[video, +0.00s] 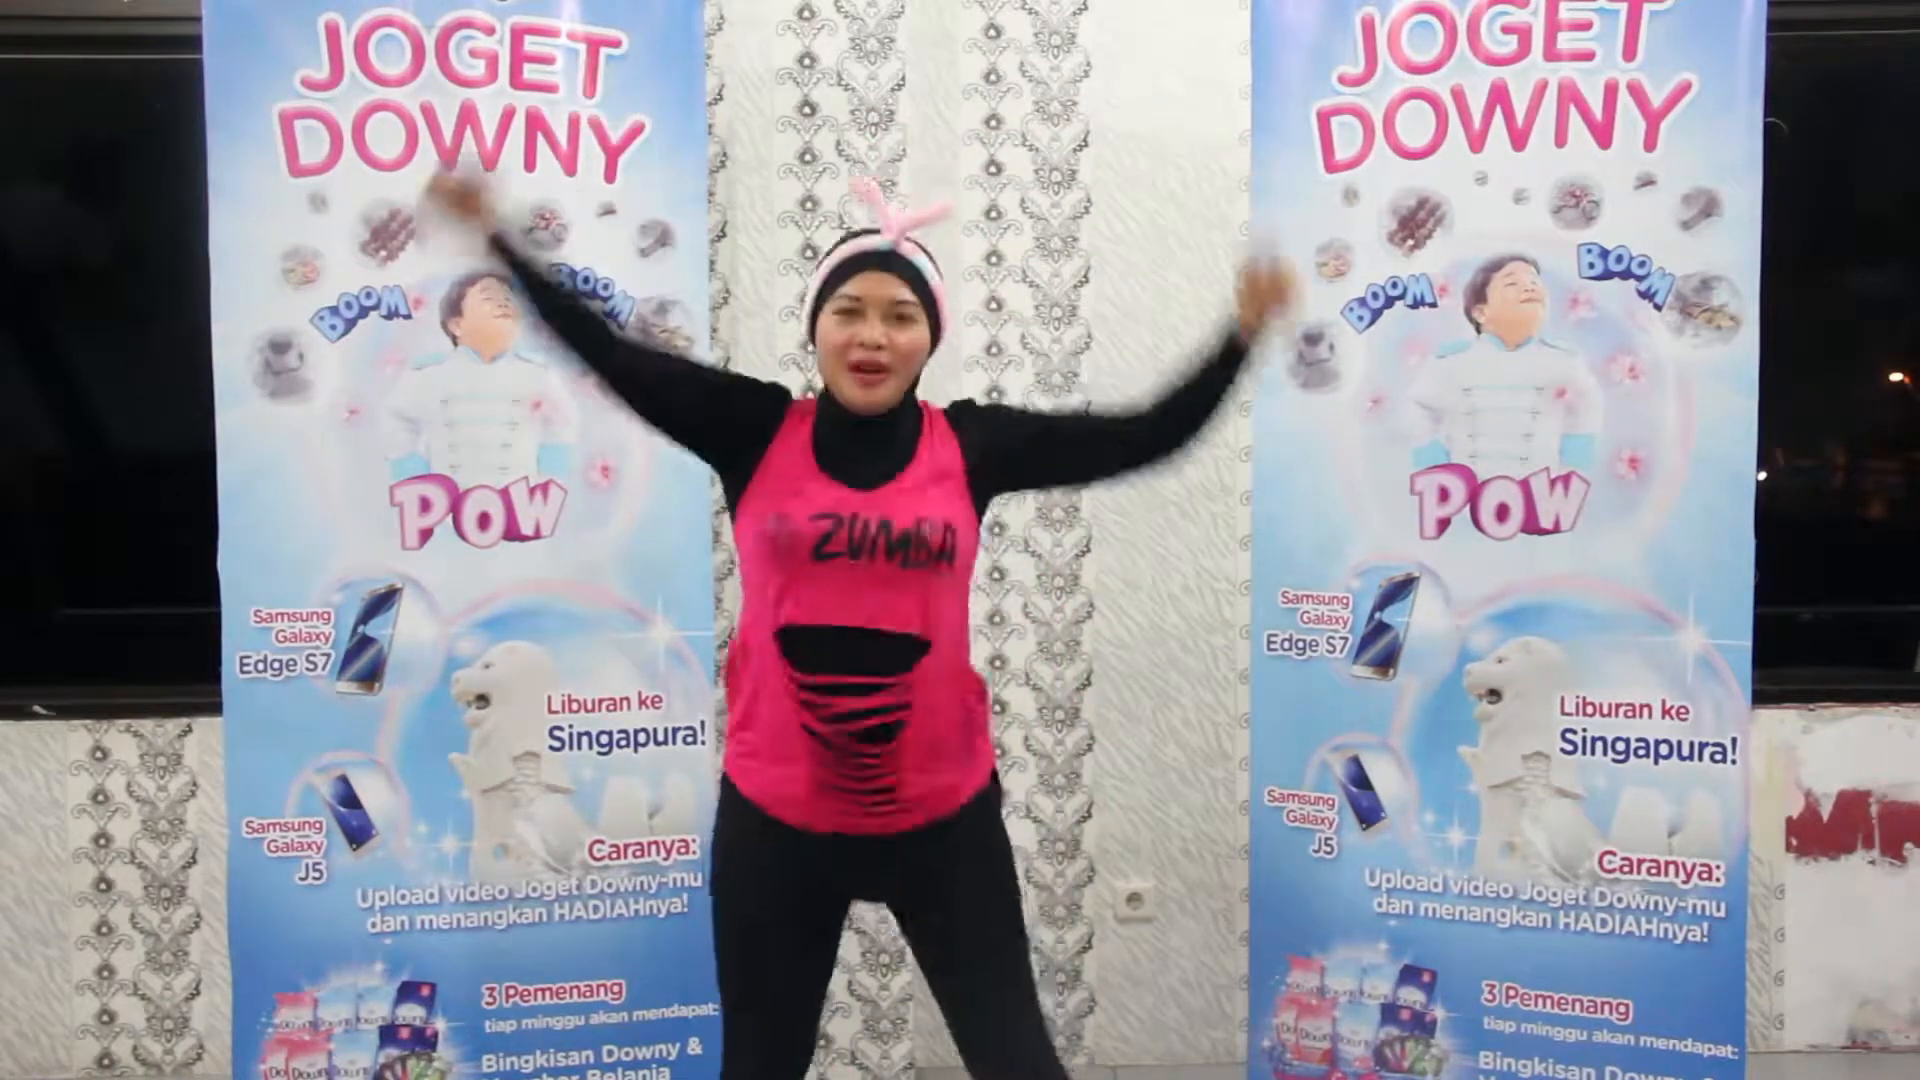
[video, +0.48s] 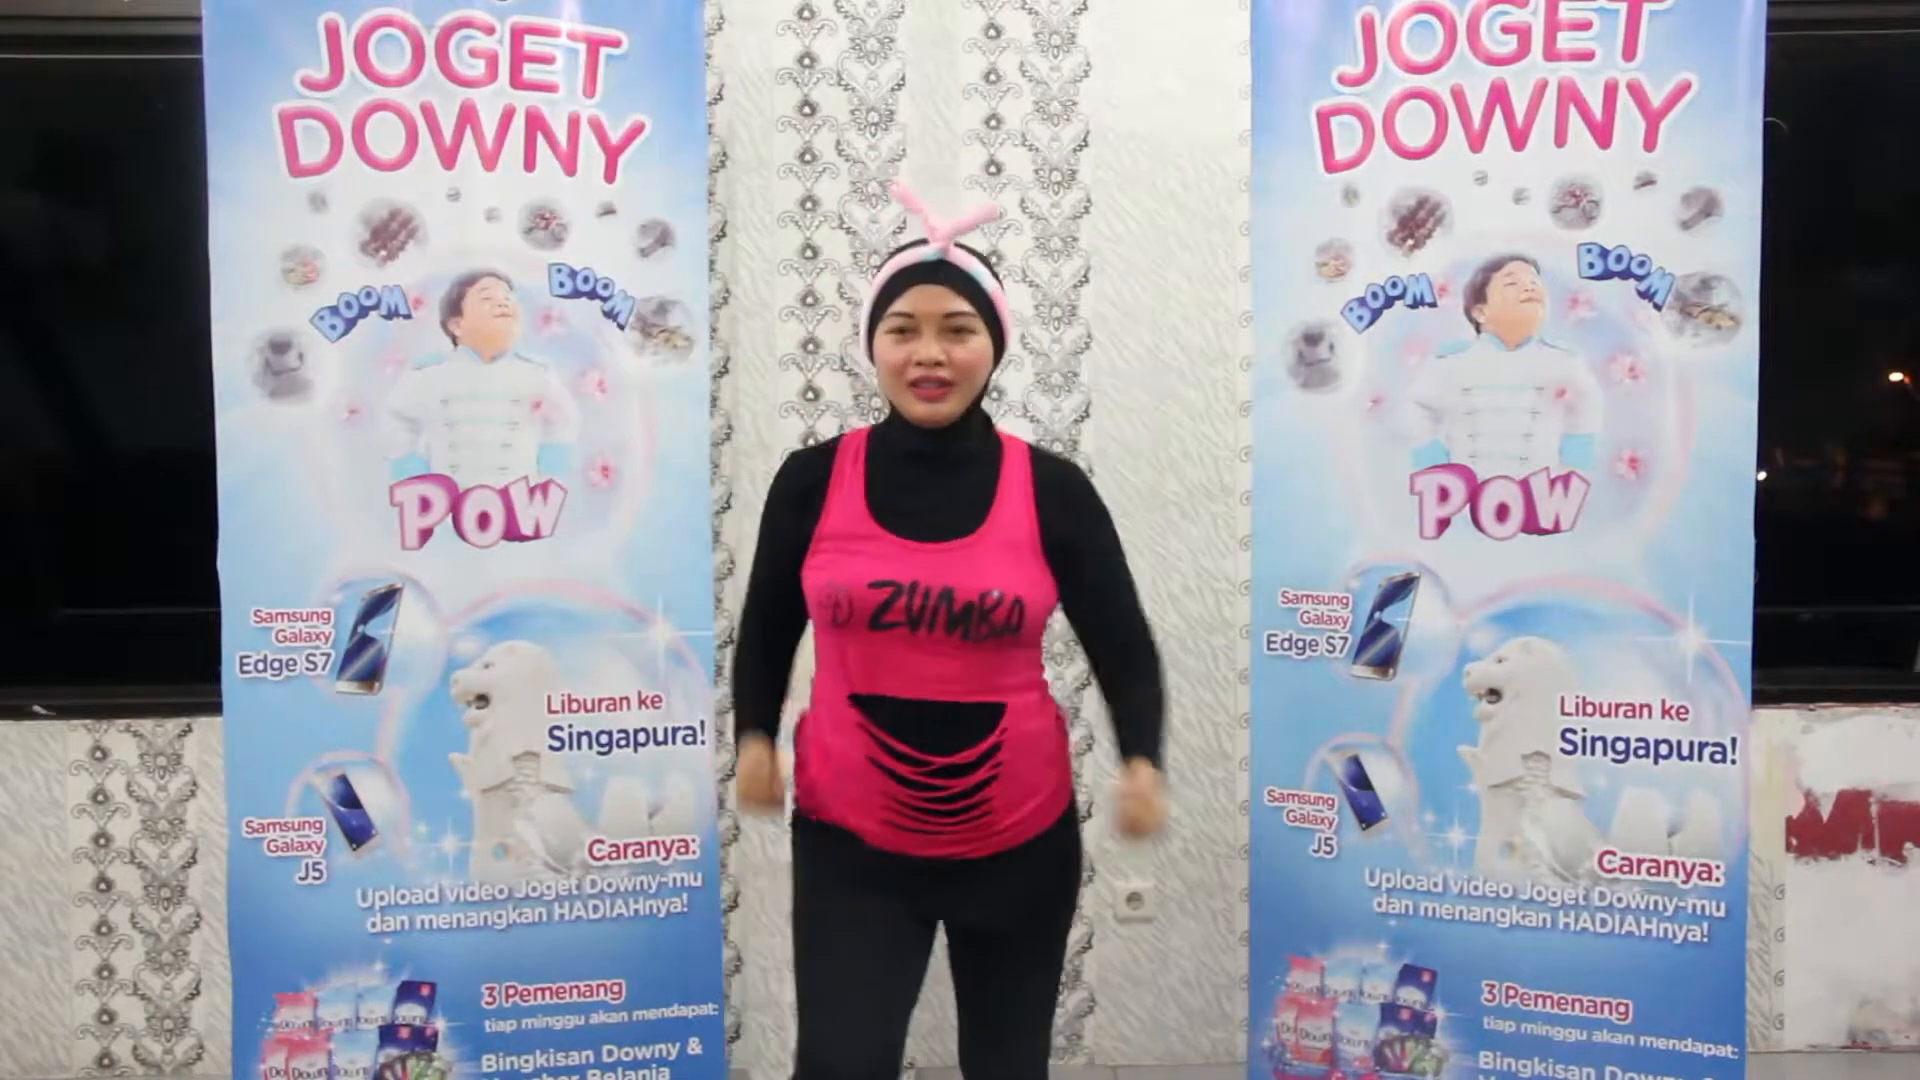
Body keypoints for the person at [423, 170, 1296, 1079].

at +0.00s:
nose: (874, 333)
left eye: (898, 315)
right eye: (850, 312)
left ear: (930, 342)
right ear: (814, 335)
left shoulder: (973, 444)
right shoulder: (752, 427)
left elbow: (1142, 437)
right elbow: (614, 354)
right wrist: (500, 236)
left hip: (944, 824)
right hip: (777, 827)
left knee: (1018, 1062)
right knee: (759, 1067)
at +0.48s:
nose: (930, 352)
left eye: (957, 329)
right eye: (904, 329)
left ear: (994, 350)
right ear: (871, 348)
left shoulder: (1051, 489)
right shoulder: (813, 481)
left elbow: (1119, 637)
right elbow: (770, 621)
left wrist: (1141, 754)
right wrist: (756, 732)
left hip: (1016, 831)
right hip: (853, 828)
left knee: (1008, 1066)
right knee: (839, 1063)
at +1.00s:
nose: (853, 303)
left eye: (883, 279)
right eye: (823, 284)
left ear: (931, 310)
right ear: (794, 322)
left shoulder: (1009, 459)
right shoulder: (751, 469)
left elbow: (1096, 661)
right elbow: (752, 562)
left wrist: (1057, 608)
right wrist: (825, 617)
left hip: (982, 887)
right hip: (809, 891)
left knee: (941, 1060)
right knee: (823, 1063)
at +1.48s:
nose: (885, 246)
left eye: (918, 208)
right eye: (848, 217)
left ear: (978, 228)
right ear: (811, 249)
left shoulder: (1050, 394)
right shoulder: (769, 401)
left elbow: (1132, 551)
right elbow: (677, 605)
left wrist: (1077, 350)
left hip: (1013, 892)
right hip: (795, 872)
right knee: (851, 1057)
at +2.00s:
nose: (861, 283)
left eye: (898, 243)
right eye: (825, 259)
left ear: (973, 265)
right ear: (800, 296)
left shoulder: (1091, 458)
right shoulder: (774, 451)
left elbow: (1222, 657)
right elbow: (682, 339)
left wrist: (1322, 849)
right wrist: (767, 94)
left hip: (1020, 985)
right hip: (789, 972)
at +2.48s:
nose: (915, 303)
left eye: (945, 276)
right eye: (882, 281)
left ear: (992, 307)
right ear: (846, 317)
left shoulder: (1069, 459)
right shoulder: (782, 501)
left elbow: (1162, 643)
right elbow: (727, 701)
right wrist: (677, 891)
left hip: (1032, 932)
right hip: (836, 930)